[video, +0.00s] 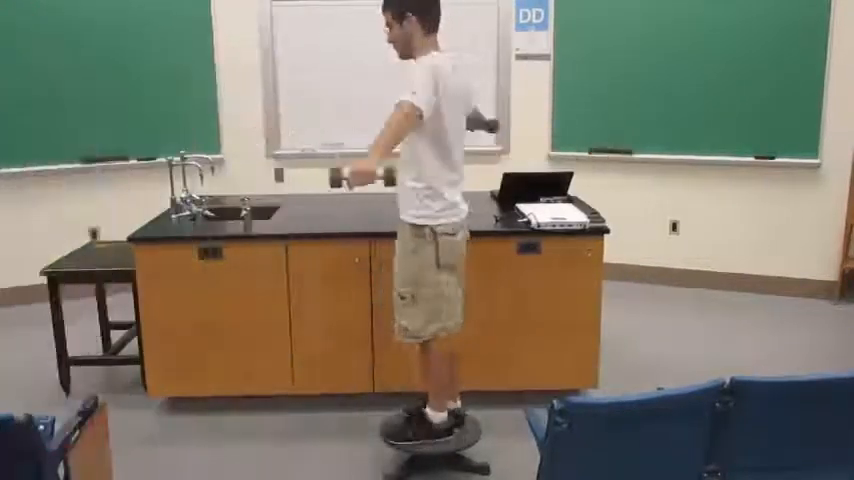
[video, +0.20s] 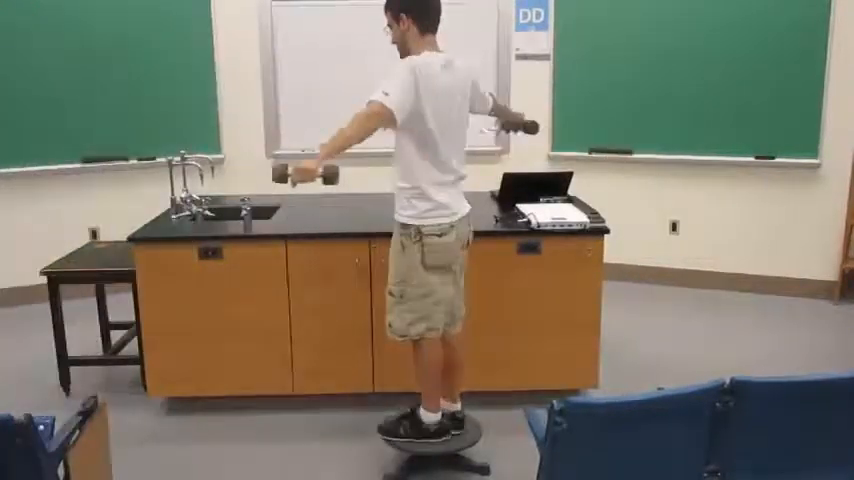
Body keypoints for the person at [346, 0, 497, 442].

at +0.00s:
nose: (387, 36)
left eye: (390, 25)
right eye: (386, 27)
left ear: (415, 22)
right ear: (425, 23)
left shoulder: (427, 69)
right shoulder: (449, 68)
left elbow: (410, 113)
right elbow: (456, 128)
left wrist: (371, 159)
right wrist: (408, 151)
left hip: (428, 221)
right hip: (443, 218)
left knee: (431, 325)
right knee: (437, 323)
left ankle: (437, 417)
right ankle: (447, 406)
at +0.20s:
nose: (391, 36)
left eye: (391, 26)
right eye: (389, 27)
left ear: (407, 22)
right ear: (430, 23)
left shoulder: (409, 72)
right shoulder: (459, 71)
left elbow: (372, 118)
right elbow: (493, 108)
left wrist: (319, 157)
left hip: (423, 223)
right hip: (454, 217)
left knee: (424, 326)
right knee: (448, 324)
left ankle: (431, 416)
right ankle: (451, 408)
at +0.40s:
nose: (394, 32)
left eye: (394, 23)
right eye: (395, 23)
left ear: (402, 22)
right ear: (437, 22)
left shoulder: (399, 74)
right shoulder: (467, 72)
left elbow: (346, 120)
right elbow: (512, 105)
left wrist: (287, 156)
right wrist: (546, 121)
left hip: (416, 222)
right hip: (458, 218)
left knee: (420, 326)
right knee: (451, 322)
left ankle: (423, 417)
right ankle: (449, 410)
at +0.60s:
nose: (400, 30)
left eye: (401, 22)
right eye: (406, 21)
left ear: (405, 23)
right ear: (443, 25)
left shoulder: (391, 74)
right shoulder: (470, 73)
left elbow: (342, 128)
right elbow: (515, 121)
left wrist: (286, 173)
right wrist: (557, 146)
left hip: (410, 222)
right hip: (458, 218)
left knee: (414, 327)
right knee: (451, 325)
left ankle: (417, 419)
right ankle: (447, 417)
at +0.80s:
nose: (417, 27)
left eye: (415, 20)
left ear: (412, 24)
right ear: (452, 28)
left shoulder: (388, 81)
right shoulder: (472, 83)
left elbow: (353, 147)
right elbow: (504, 153)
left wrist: (340, 180)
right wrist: (531, 193)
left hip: (401, 222)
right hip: (454, 222)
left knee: (403, 322)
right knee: (443, 324)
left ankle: (409, 412)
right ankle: (438, 415)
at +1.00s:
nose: (465, 37)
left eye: (465, 29)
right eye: (466, 29)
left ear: (423, 24)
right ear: (458, 26)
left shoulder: (395, 79)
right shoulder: (456, 81)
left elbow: (384, 160)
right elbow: (468, 165)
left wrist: (395, 208)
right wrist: (487, 226)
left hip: (400, 221)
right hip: (441, 225)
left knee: (410, 322)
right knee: (433, 326)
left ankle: (410, 406)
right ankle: (425, 415)